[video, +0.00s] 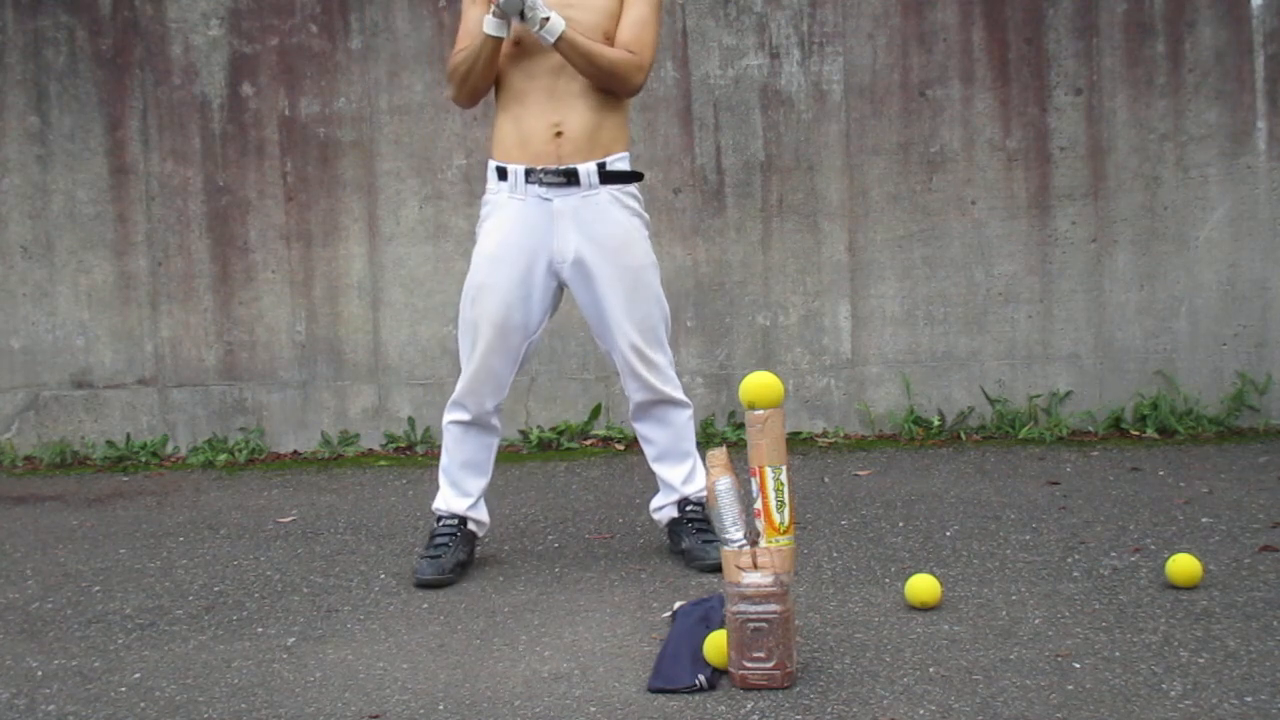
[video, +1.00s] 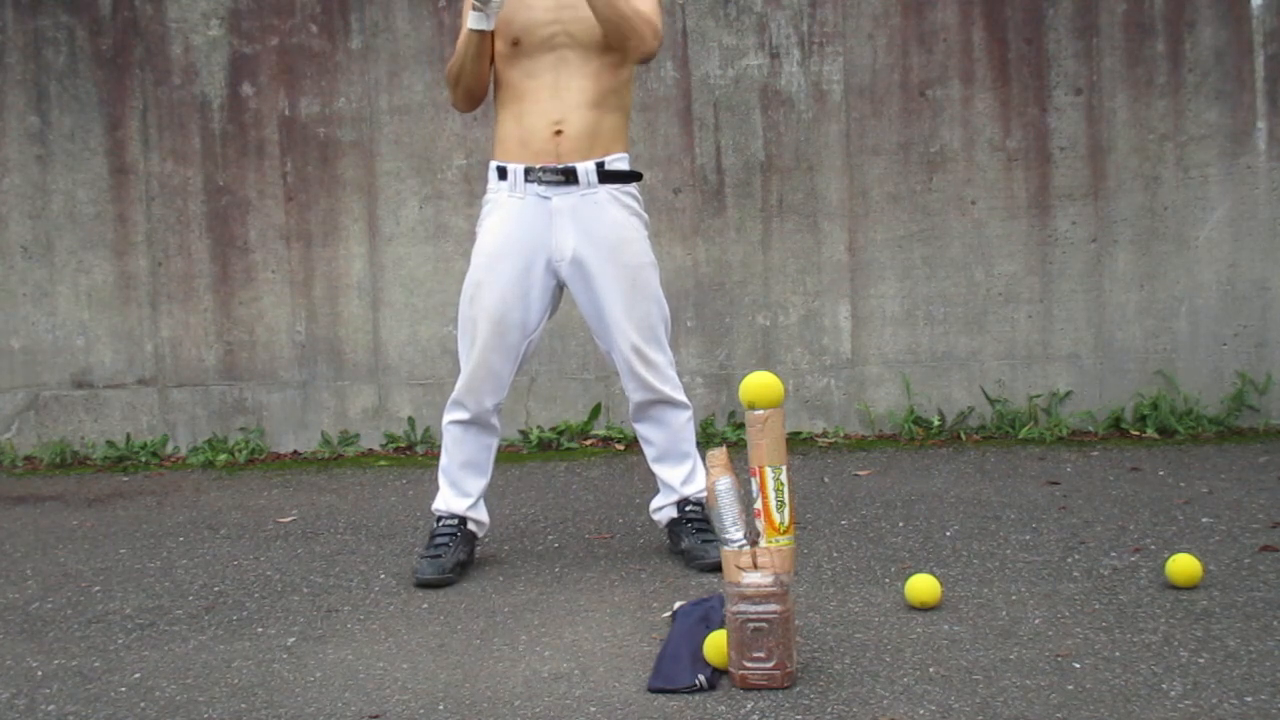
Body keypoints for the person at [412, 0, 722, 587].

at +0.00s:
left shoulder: (636, 0)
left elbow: (629, 76)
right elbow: (463, 91)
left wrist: (553, 27)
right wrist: (497, 27)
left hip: (605, 196)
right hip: (513, 198)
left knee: (647, 364)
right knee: (480, 375)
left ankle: (686, 507)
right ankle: (455, 517)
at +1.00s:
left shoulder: (632, 0)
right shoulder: (494, 2)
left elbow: (641, 44)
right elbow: (465, 97)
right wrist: (479, 14)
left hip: (605, 195)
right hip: (513, 197)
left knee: (646, 363)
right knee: (480, 374)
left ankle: (686, 507)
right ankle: (455, 517)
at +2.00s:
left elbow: (629, 68)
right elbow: (460, 88)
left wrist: (560, 15)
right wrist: (499, 16)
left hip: (605, 195)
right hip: (513, 197)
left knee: (647, 362)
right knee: (480, 373)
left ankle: (686, 507)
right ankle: (455, 517)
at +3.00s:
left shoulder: (628, 0)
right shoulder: (483, 1)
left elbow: (634, 69)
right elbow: (460, 99)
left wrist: (550, 19)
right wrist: (493, 26)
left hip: (605, 195)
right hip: (513, 198)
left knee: (647, 363)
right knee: (480, 374)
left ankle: (686, 507)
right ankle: (455, 517)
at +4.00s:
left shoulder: (669, 8)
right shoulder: (533, 2)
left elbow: (643, 7)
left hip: (636, 222)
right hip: (539, 219)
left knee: (693, 382)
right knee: (476, 382)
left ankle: (725, 516)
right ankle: (446, 509)